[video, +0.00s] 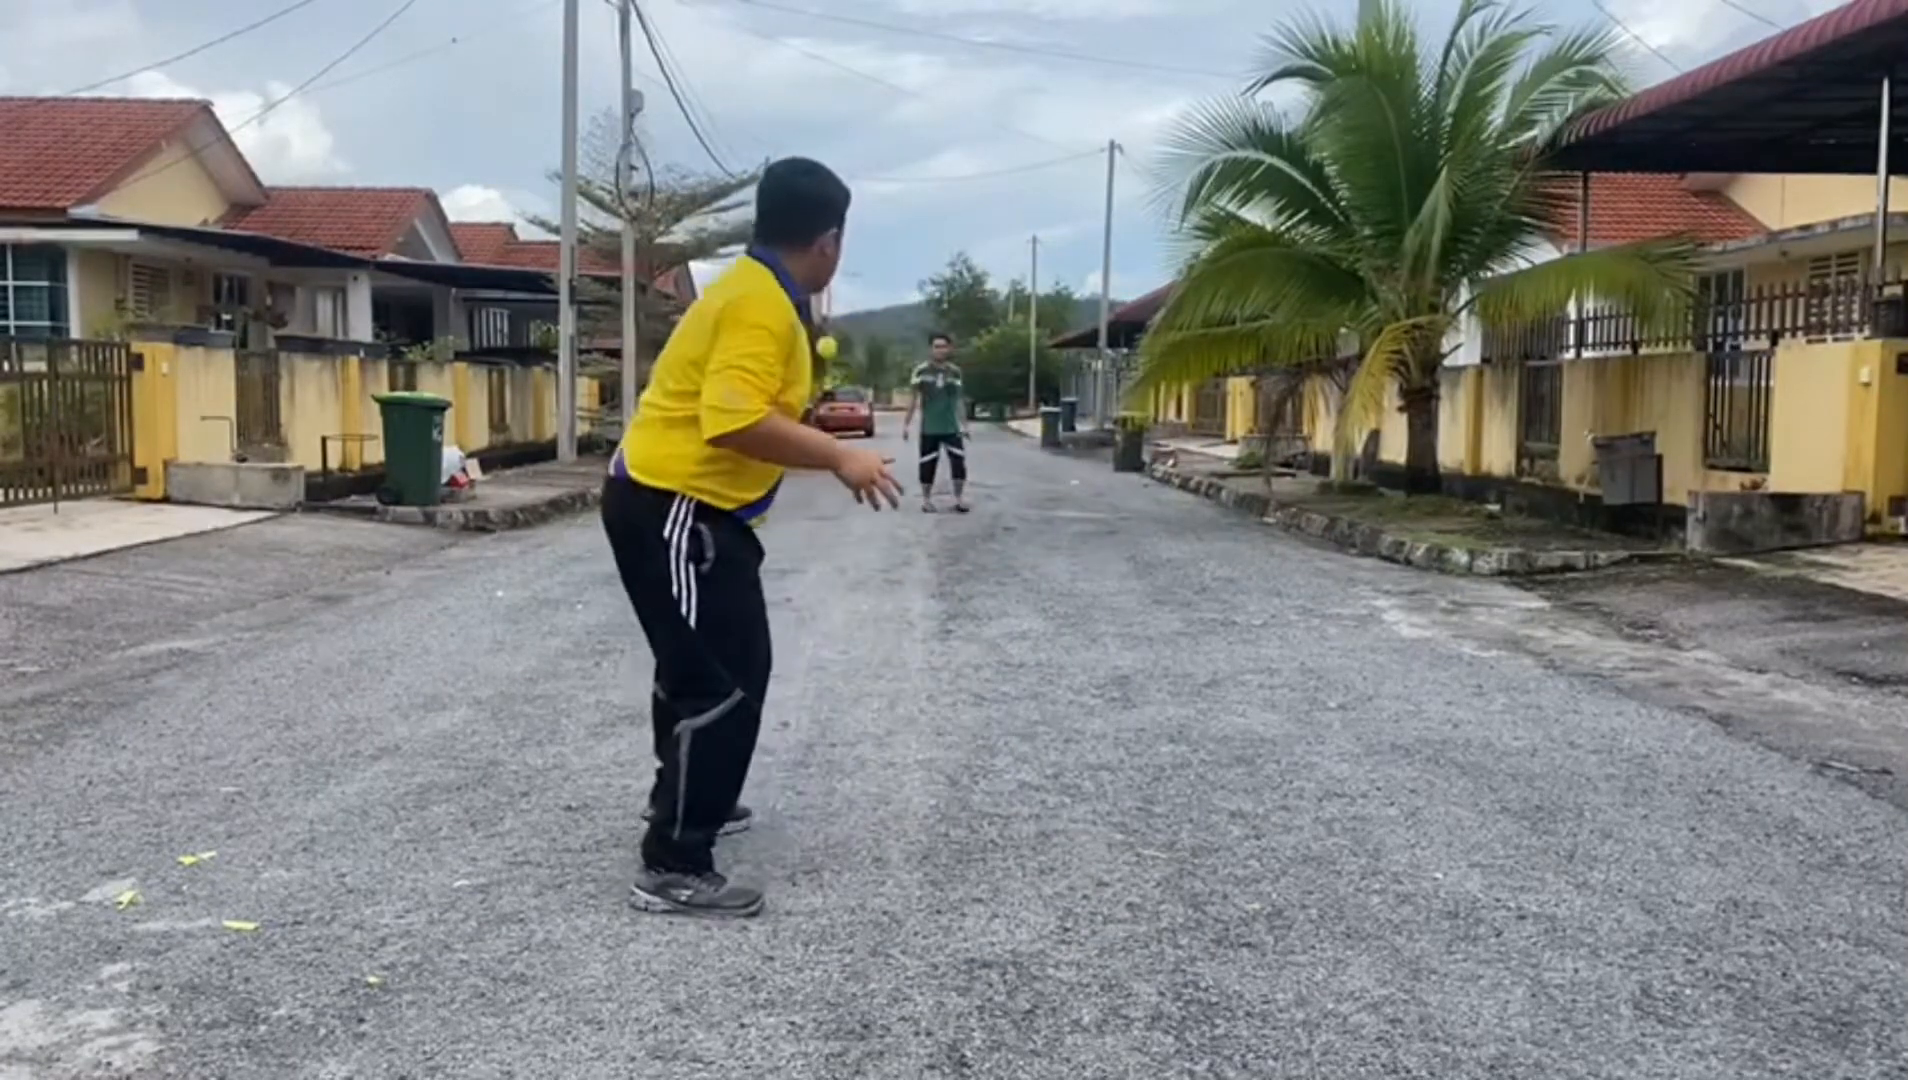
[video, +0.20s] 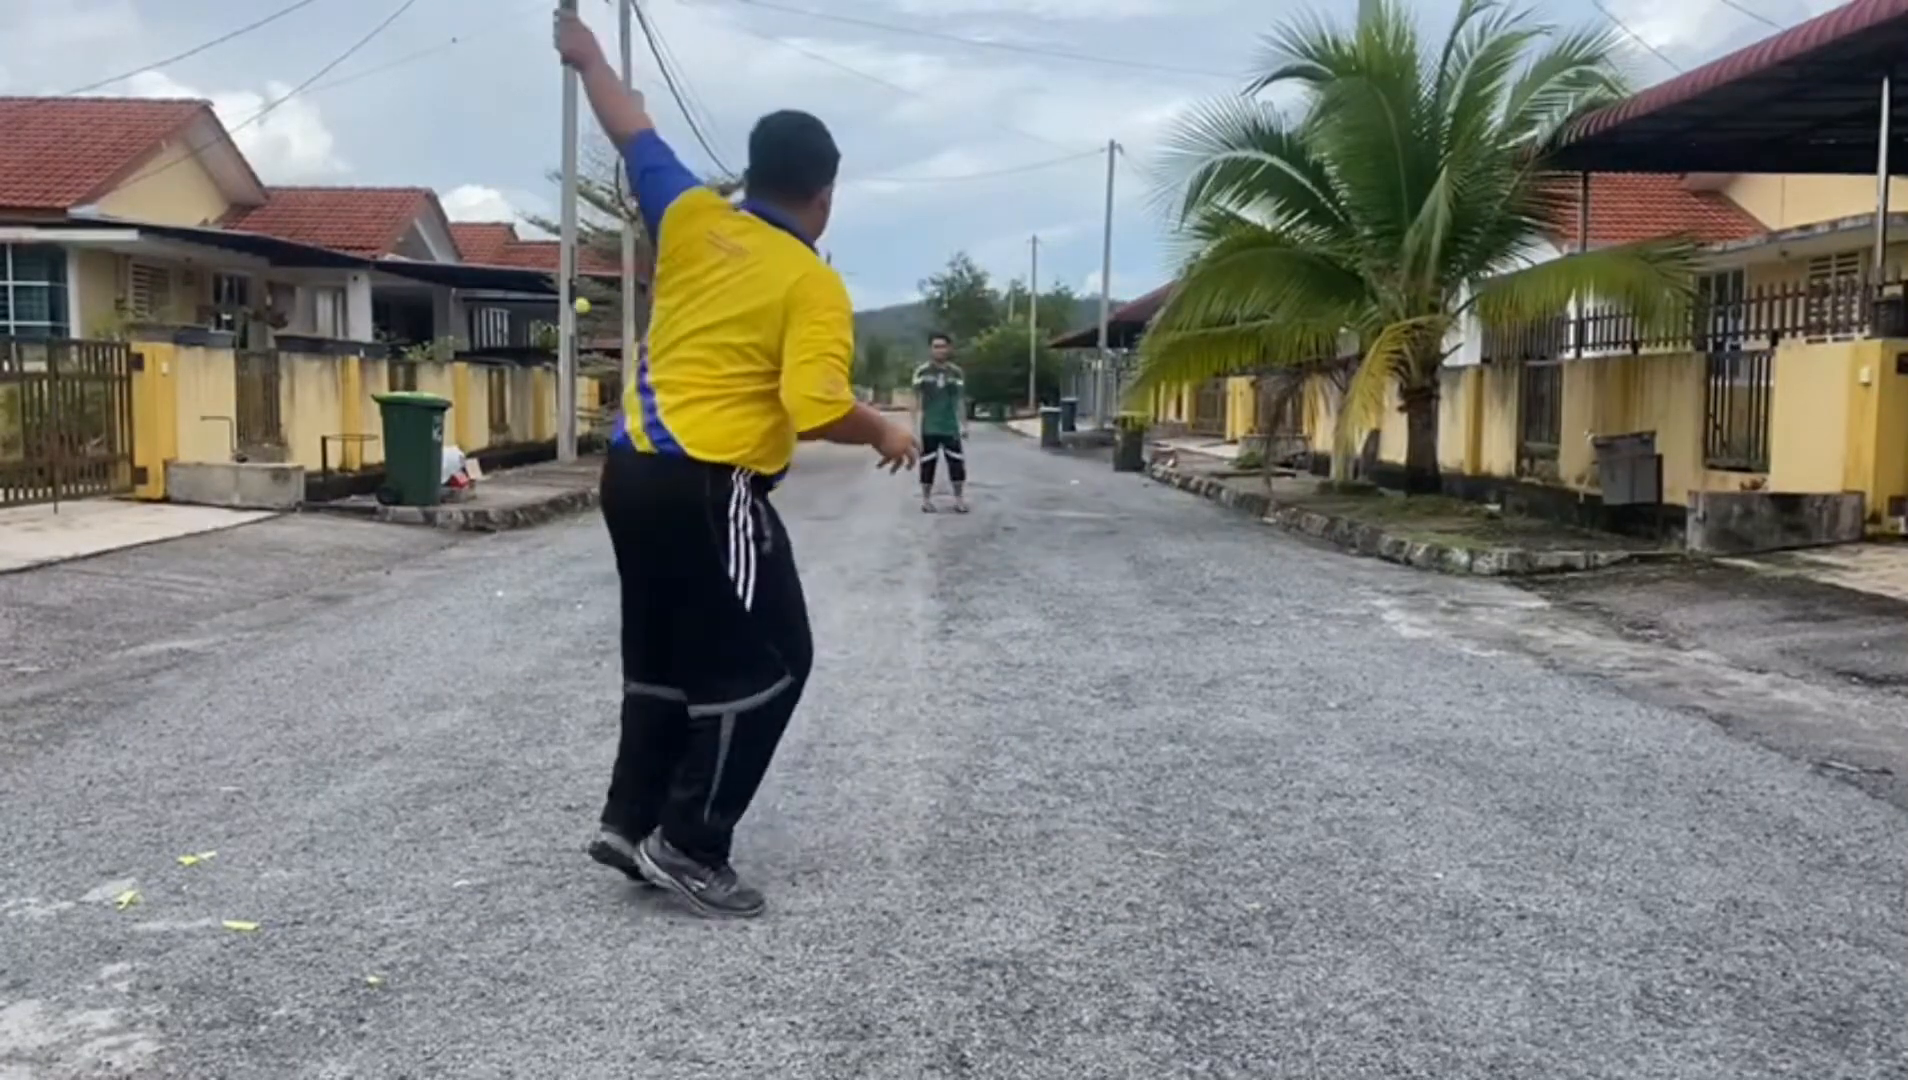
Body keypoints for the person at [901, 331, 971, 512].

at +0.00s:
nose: (940, 351)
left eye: (943, 347)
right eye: (936, 347)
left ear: (949, 350)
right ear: (930, 349)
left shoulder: (955, 372)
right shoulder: (921, 371)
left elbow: (959, 401)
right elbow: (914, 400)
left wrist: (964, 425)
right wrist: (906, 425)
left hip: (952, 426)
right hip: (929, 427)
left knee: (958, 464)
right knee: (927, 466)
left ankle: (958, 499)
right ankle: (926, 499)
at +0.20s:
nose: (939, 351)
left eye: (943, 346)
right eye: (936, 346)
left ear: (949, 349)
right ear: (930, 350)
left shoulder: (956, 373)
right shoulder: (922, 372)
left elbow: (960, 401)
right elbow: (916, 403)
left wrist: (963, 425)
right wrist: (916, 430)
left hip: (951, 427)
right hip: (929, 427)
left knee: (957, 465)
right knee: (927, 465)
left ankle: (959, 498)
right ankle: (926, 499)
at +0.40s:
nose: (936, 352)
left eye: (939, 347)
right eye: (933, 348)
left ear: (948, 349)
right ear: (929, 351)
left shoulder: (958, 372)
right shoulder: (924, 371)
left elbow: (961, 401)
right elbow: (922, 400)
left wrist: (963, 424)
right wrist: (922, 425)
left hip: (952, 425)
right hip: (931, 425)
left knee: (956, 464)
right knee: (927, 464)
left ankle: (959, 498)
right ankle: (926, 498)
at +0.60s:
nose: (933, 352)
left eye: (937, 348)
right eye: (931, 348)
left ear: (947, 349)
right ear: (929, 351)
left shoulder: (960, 372)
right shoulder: (926, 371)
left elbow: (963, 401)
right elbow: (922, 400)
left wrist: (964, 425)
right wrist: (921, 425)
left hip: (952, 426)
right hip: (931, 426)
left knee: (956, 466)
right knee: (928, 465)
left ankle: (959, 498)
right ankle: (926, 498)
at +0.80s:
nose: (932, 352)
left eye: (936, 348)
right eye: (931, 348)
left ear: (947, 349)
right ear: (930, 351)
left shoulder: (960, 372)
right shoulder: (927, 371)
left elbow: (964, 401)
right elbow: (922, 401)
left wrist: (964, 425)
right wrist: (917, 424)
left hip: (953, 426)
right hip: (932, 425)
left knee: (957, 465)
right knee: (928, 464)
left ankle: (959, 498)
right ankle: (927, 498)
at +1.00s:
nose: (933, 352)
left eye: (937, 347)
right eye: (931, 348)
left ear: (947, 348)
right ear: (930, 351)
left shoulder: (960, 372)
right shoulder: (927, 371)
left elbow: (964, 401)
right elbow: (923, 401)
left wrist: (964, 425)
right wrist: (921, 426)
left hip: (953, 426)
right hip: (931, 426)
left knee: (957, 465)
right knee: (928, 465)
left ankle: (959, 498)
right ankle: (927, 498)